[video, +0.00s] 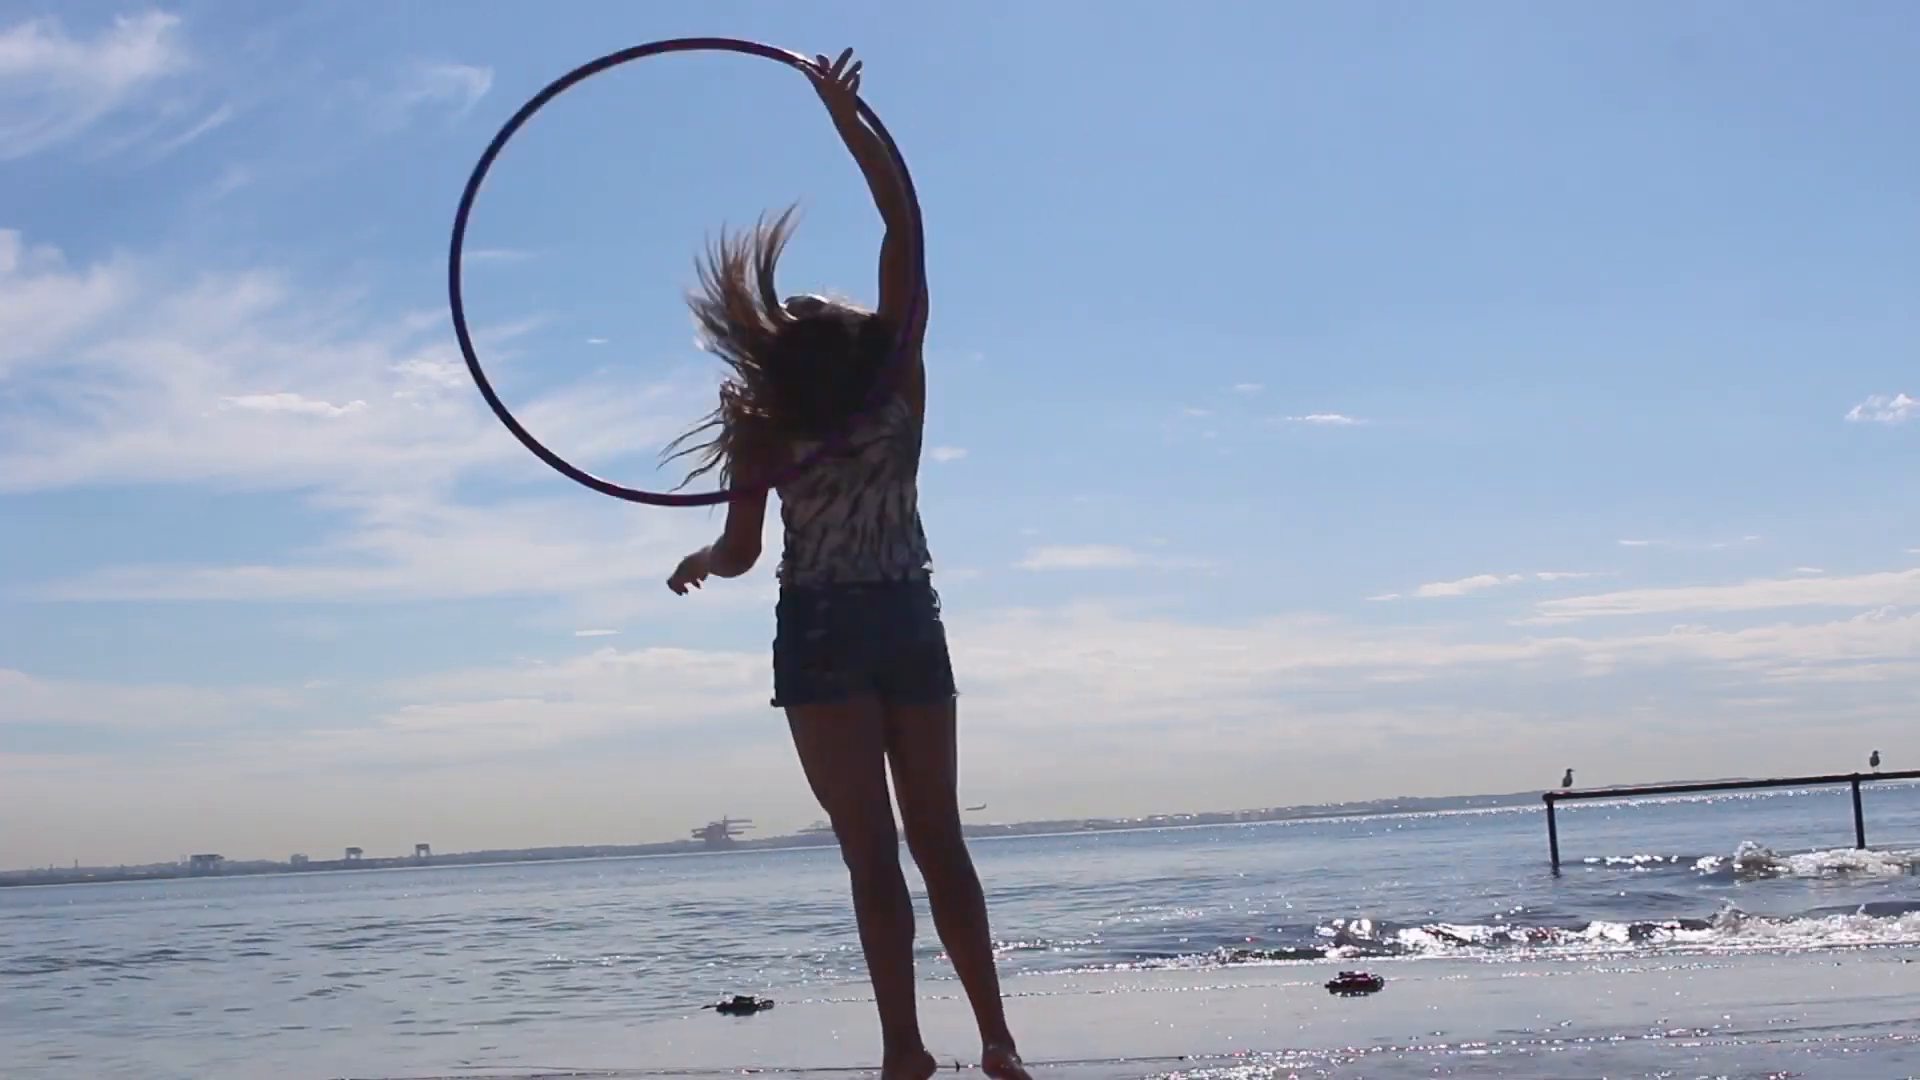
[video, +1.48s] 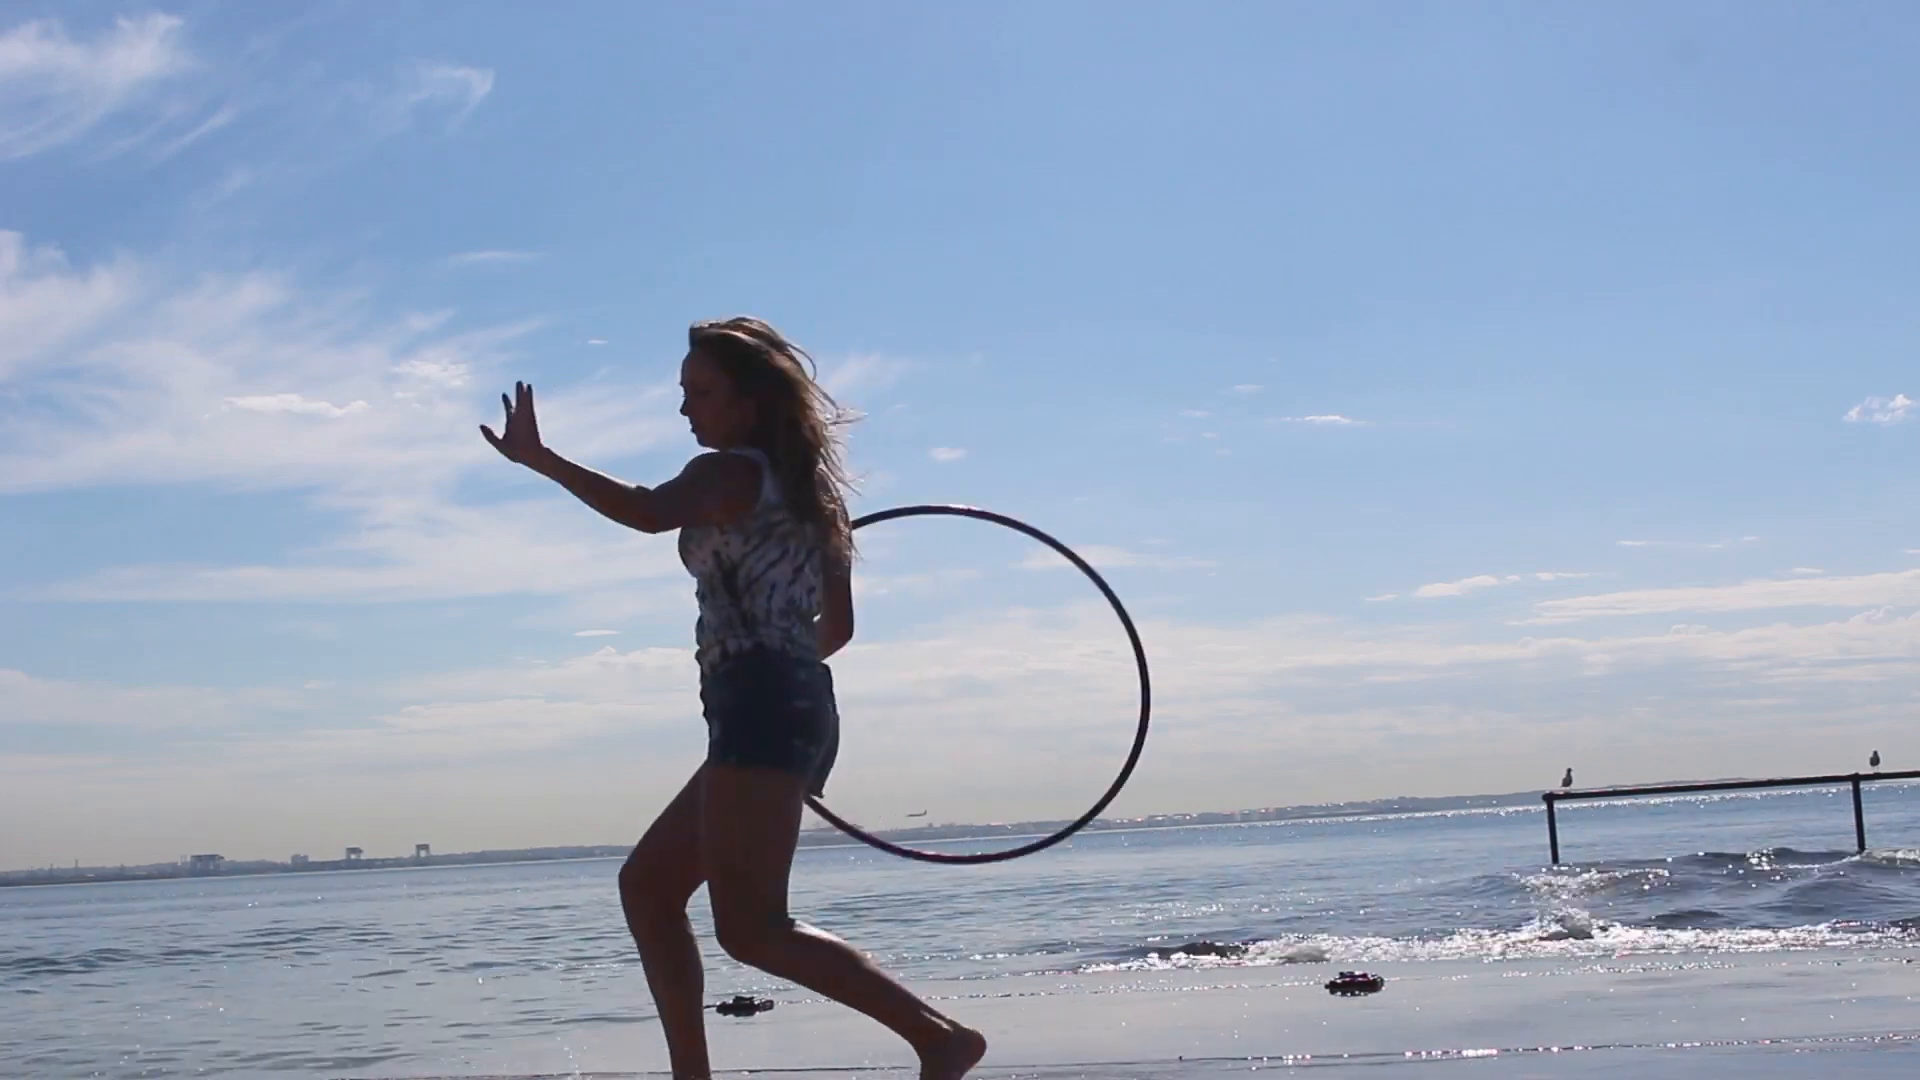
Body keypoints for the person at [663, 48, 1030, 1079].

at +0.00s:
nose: (818, 315)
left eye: (795, 322)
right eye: (836, 316)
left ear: (779, 358)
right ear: (860, 342)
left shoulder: (759, 417)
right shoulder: (896, 380)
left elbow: (745, 545)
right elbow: (902, 225)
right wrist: (850, 114)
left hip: (816, 634)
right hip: (909, 619)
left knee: (869, 853)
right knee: (942, 838)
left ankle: (905, 1051)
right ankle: (995, 1040)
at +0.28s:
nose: (878, 340)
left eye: (895, 341)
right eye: (867, 329)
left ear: (901, 377)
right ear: (833, 352)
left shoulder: (904, 455)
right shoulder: (798, 416)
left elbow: (981, 574)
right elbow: (687, 372)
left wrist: (969, 679)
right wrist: (700, 297)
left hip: (926, 683)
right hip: (848, 687)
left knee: (880, 890)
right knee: (839, 897)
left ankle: (907, 1068)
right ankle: (1001, 987)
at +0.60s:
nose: (891, 356)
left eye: (900, 339)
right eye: (871, 348)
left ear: (925, 347)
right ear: (845, 366)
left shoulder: (966, 446)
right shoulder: (822, 469)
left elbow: (1035, 540)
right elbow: (757, 585)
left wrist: (1086, 639)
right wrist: (743, 562)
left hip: (954, 679)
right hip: (867, 688)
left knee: (881, 859)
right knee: (863, 900)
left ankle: (890, 1053)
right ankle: (1006, 979)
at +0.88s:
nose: (874, 378)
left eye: (887, 361)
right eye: (858, 368)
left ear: (917, 365)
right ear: (843, 382)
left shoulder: (965, 450)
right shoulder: (840, 471)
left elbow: (1039, 511)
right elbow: (764, 502)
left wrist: (989, 576)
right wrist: (804, 403)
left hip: (970, 684)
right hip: (884, 700)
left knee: (902, 862)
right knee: (990, 889)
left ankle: (895, 1066)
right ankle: (1075, 1044)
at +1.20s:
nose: (782, 412)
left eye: (793, 391)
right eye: (772, 397)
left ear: (839, 376)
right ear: (773, 398)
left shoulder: (887, 438)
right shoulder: (820, 471)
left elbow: (872, 537)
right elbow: (744, 540)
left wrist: (802, 455)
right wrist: (662, 450)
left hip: (898, 683)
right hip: (848, 690)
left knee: (856, 897)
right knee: (742, 863)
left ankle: (950, 1070)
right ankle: (680, 1061)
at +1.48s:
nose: (684, 407)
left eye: (697, 393)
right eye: (684, 392)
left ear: (748, 401)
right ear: (745, 405)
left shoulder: (728, 470)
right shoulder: (806, 487)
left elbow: (648, 512)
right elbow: (837, 622)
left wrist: (538, 458)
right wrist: (760, 673)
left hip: (762, 712)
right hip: (792, 712)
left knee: (751, 930)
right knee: (648, 886)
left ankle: (941, 1039)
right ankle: (691, 1072)